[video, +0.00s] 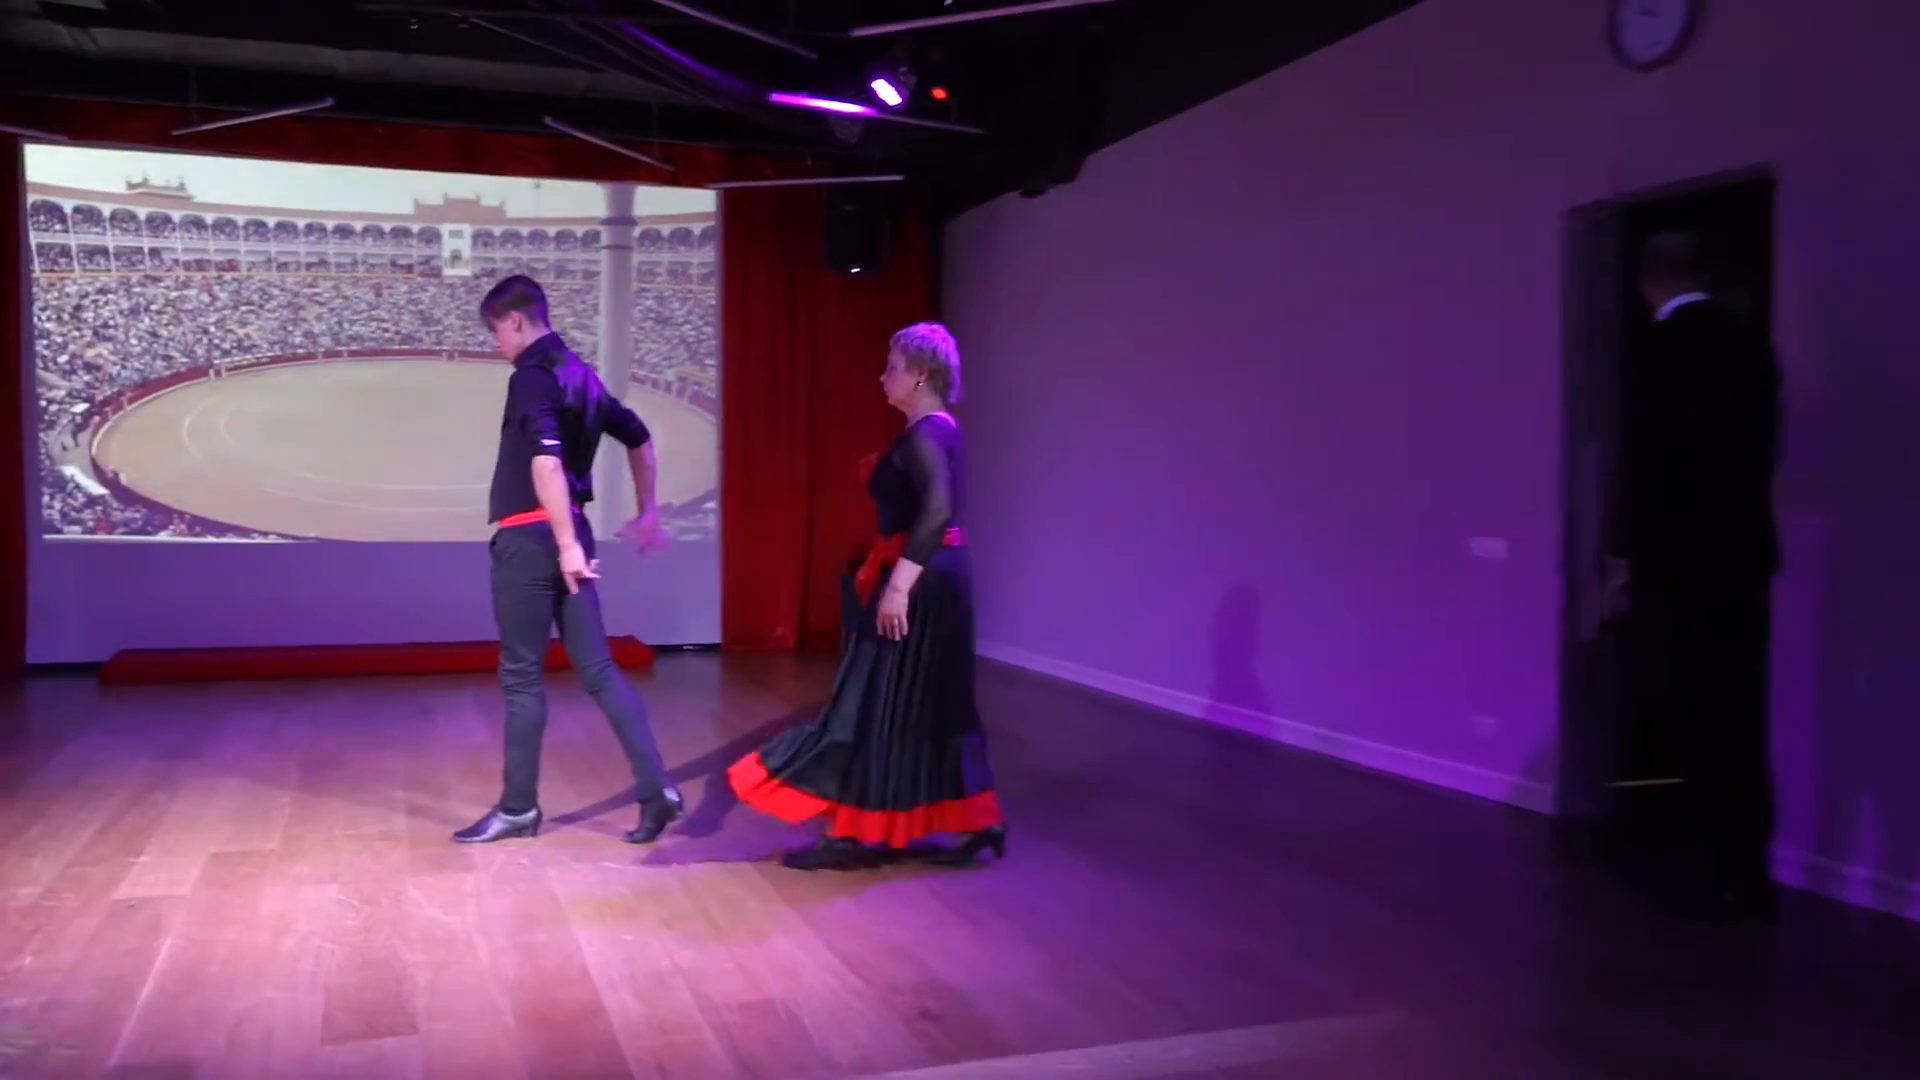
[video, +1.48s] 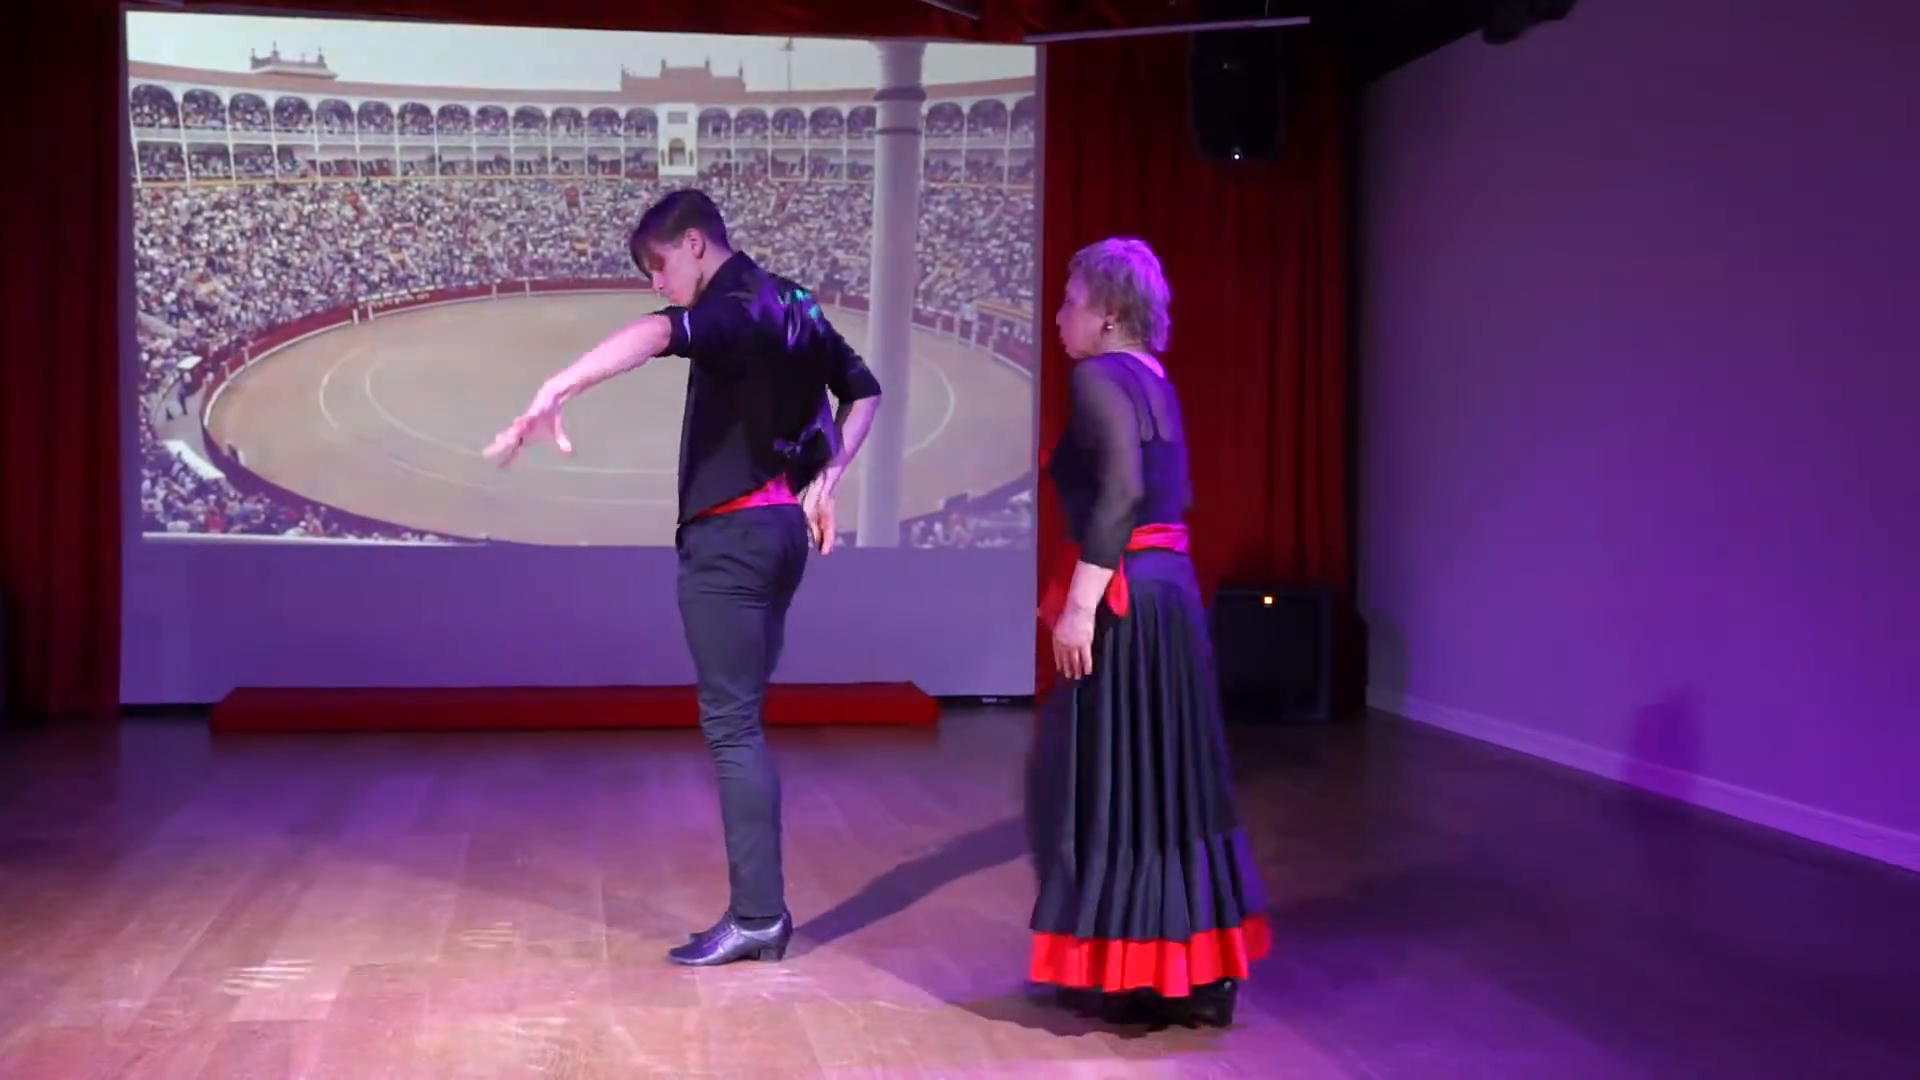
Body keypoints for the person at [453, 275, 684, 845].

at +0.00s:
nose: (495, 342)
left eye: (497, 330)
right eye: (493, 331)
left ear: (521, 320)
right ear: (539, 320)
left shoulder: (532, 375)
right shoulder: (581, 375)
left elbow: (547, 461)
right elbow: (637, 437)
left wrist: (568, 541)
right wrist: (647, 511)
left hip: (524, 540)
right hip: (569, 537)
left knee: (521, 677)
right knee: (598, 668)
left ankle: (518, 807)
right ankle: (657, 790)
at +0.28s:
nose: (555, 320)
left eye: (556, 307)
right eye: (552, 308)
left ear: (580, 295)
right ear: (598, 293)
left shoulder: (598, 355)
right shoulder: (643, 344)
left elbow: (619, 451)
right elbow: (682, 409)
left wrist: (651, 527)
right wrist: (694, 465)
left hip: (601, 543)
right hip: (642, 538)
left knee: (599, 696)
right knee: (680, 684)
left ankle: (595, 841)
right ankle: (746, 821)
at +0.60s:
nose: (647, 286)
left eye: (648, 271)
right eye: (644, 272)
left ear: (675, 260)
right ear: (694, 257)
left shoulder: (697, 330)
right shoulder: (739, 314)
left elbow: (731, 443)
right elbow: (703, 383)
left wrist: (777, 501)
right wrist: (649, 400)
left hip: (717, 549)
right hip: (760, 541)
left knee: (695, 722)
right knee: (805, 707)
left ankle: (697, 892)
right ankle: (872, 871)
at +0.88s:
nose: (701, 271)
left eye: (705, 255)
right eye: (698, 256)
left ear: (738, 247)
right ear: (761, 244)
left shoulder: (757, 319)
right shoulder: (797, 313)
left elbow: (797, 443)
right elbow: (709, 440)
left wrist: (837, 462)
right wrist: (680, 388)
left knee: (699, 728)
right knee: (857, 720)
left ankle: (757, 914)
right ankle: (921, 892)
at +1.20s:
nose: (671, 282)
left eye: (672, 262)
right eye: (666, 265)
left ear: (711, 244)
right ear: (734, 245)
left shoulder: (727, 310)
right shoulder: (818, 317)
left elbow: (640, 358)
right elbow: (878, 431)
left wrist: (568, 460)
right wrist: (826, 521)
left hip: (734, 538)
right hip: (780, 538)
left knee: (726, 725)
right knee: (721, 718)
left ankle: (760, 916)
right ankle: (759, 907)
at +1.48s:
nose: (657, 289)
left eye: (658, 268)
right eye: (651, 273)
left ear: (697, 244)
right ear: (712, 246)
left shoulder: (727, 306)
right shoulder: (794, 304)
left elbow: (653, 334)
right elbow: (863, 390)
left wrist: (557, 388)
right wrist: (827, 480)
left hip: (730, 536)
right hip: (780, 531)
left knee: (734, 728)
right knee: (740, 722)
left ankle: (758, 916)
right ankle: (758, 908)